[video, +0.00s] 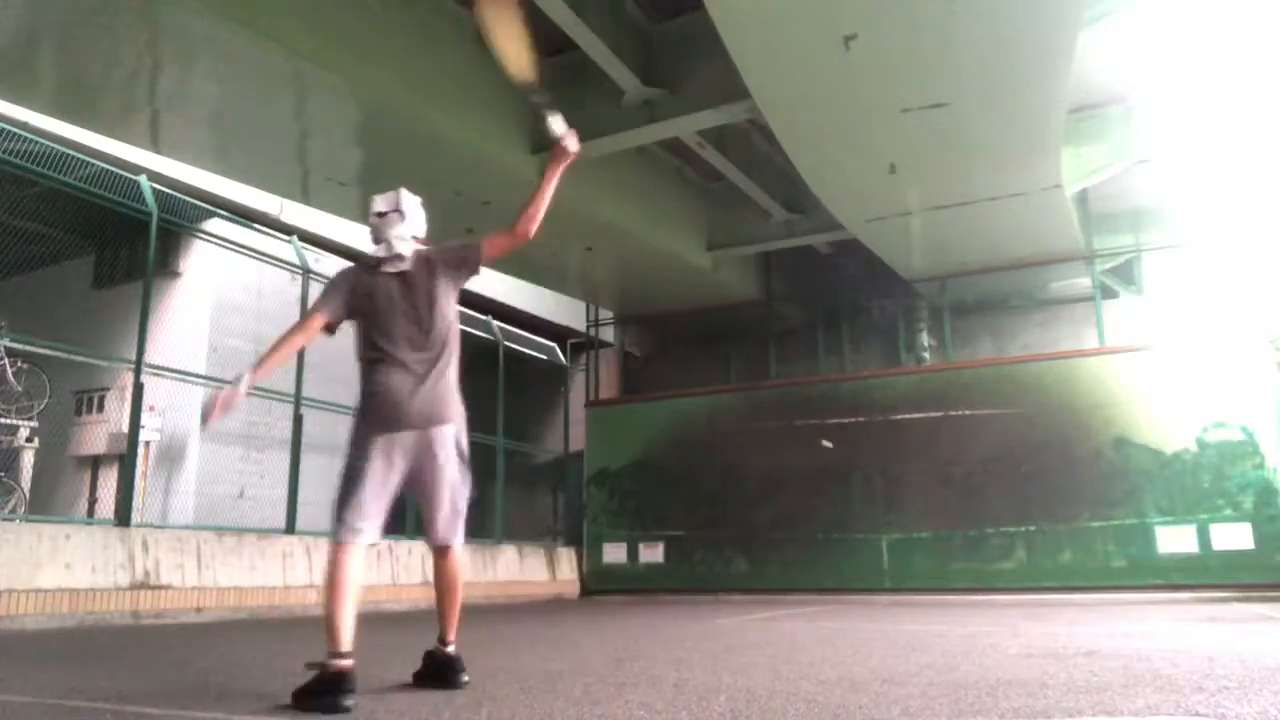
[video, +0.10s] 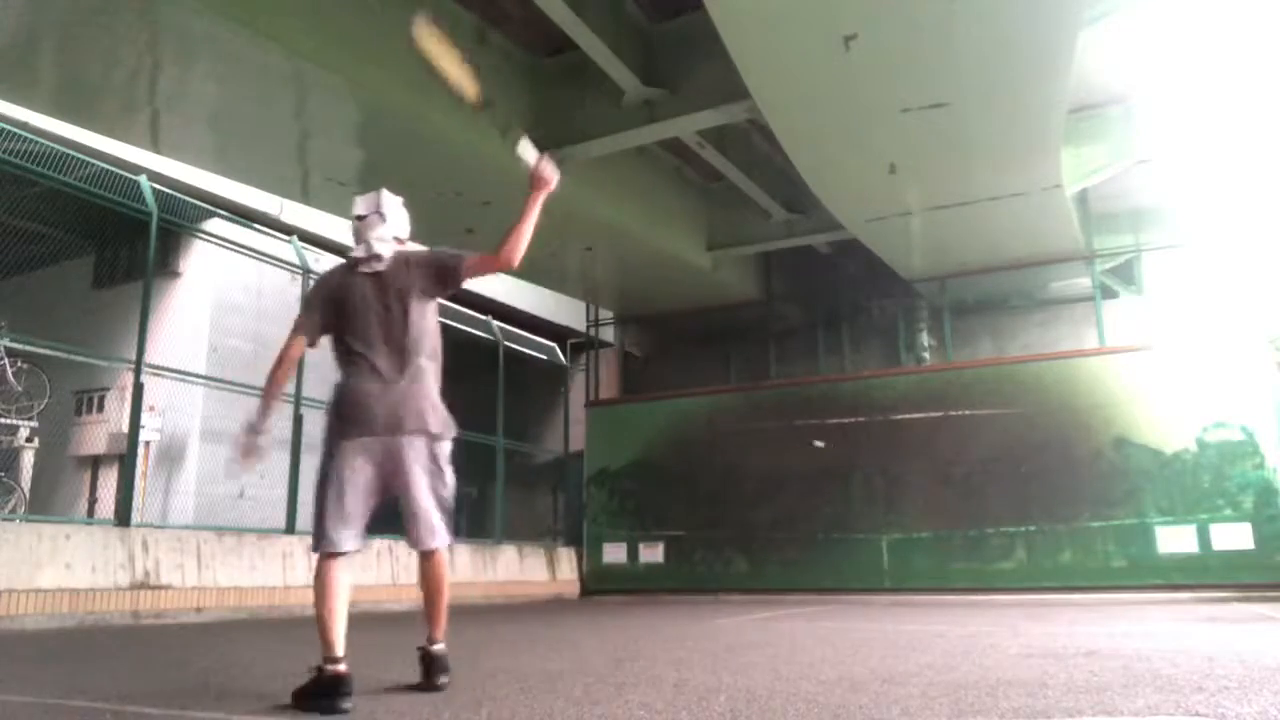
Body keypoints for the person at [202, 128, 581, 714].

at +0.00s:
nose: (388, 232)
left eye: (384, 224)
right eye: (396, 223)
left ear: (373, 228)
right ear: (419, 226)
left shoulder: (356, 279)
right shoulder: (446, 263)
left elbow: (303, 334)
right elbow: (522, 231)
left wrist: (243, 383)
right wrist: (556, 165)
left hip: (383, 421)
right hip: (442, 419)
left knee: (350, 541)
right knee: (448, 541)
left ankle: (338, 669)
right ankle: (447, 655)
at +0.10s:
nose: (384, 237)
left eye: (374, 228)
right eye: (397, 228)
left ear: (358, 234)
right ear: (403, 231)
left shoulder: (334, 283)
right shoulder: (426, 266)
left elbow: (290, 353)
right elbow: (507, 258)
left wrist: (261, 418)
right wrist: (539, 192)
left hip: (356, 429)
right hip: (421, 427)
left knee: (334, 549)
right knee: (433, 541)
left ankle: (334, 672)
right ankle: (436, 655)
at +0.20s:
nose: (382, 229)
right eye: (387, 220)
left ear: (341, 222)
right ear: (388, 222)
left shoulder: (316, 272)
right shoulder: (407, 259)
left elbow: (288, 355)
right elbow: (487, 276)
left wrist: (297, 405)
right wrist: (521, 231)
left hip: (334, 417)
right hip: (399, 414)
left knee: (327, 546)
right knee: (411, 532)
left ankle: (333, 669)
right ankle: (416, 651)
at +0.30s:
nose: (369, 221)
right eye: (375, 213)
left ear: (330, 211)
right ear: (377, 213)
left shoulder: (302, 260)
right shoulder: (394, 253)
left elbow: (286, 348)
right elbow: (464, 288)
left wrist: (326, 366)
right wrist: (489, 273)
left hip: (315, 407)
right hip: (382, 405)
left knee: (314, 539)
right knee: (388, 529)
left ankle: (326, 668)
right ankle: (393, 645)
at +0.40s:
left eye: (332, 202)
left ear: (321, 211)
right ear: (369, 212)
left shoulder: (289, 259)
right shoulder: (387, 257)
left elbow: (276, 347)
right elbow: (453, 313)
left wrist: (323, 358)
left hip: (295, 405)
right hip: (367, 407)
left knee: (280, 535)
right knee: (374, 539)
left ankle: (294, 654)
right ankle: (377, 671)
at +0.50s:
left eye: (321, 211)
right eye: (345, 212)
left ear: (308, 215)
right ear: (358, 216)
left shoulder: (280, 262)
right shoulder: (383, 266)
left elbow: (267, 350)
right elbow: (435, 338)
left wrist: (302, 357)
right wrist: (400, 385)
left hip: (283, 416)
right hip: (355, 417)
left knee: (253, 538)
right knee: (370, 543)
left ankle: (254, 646)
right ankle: (376, 673)